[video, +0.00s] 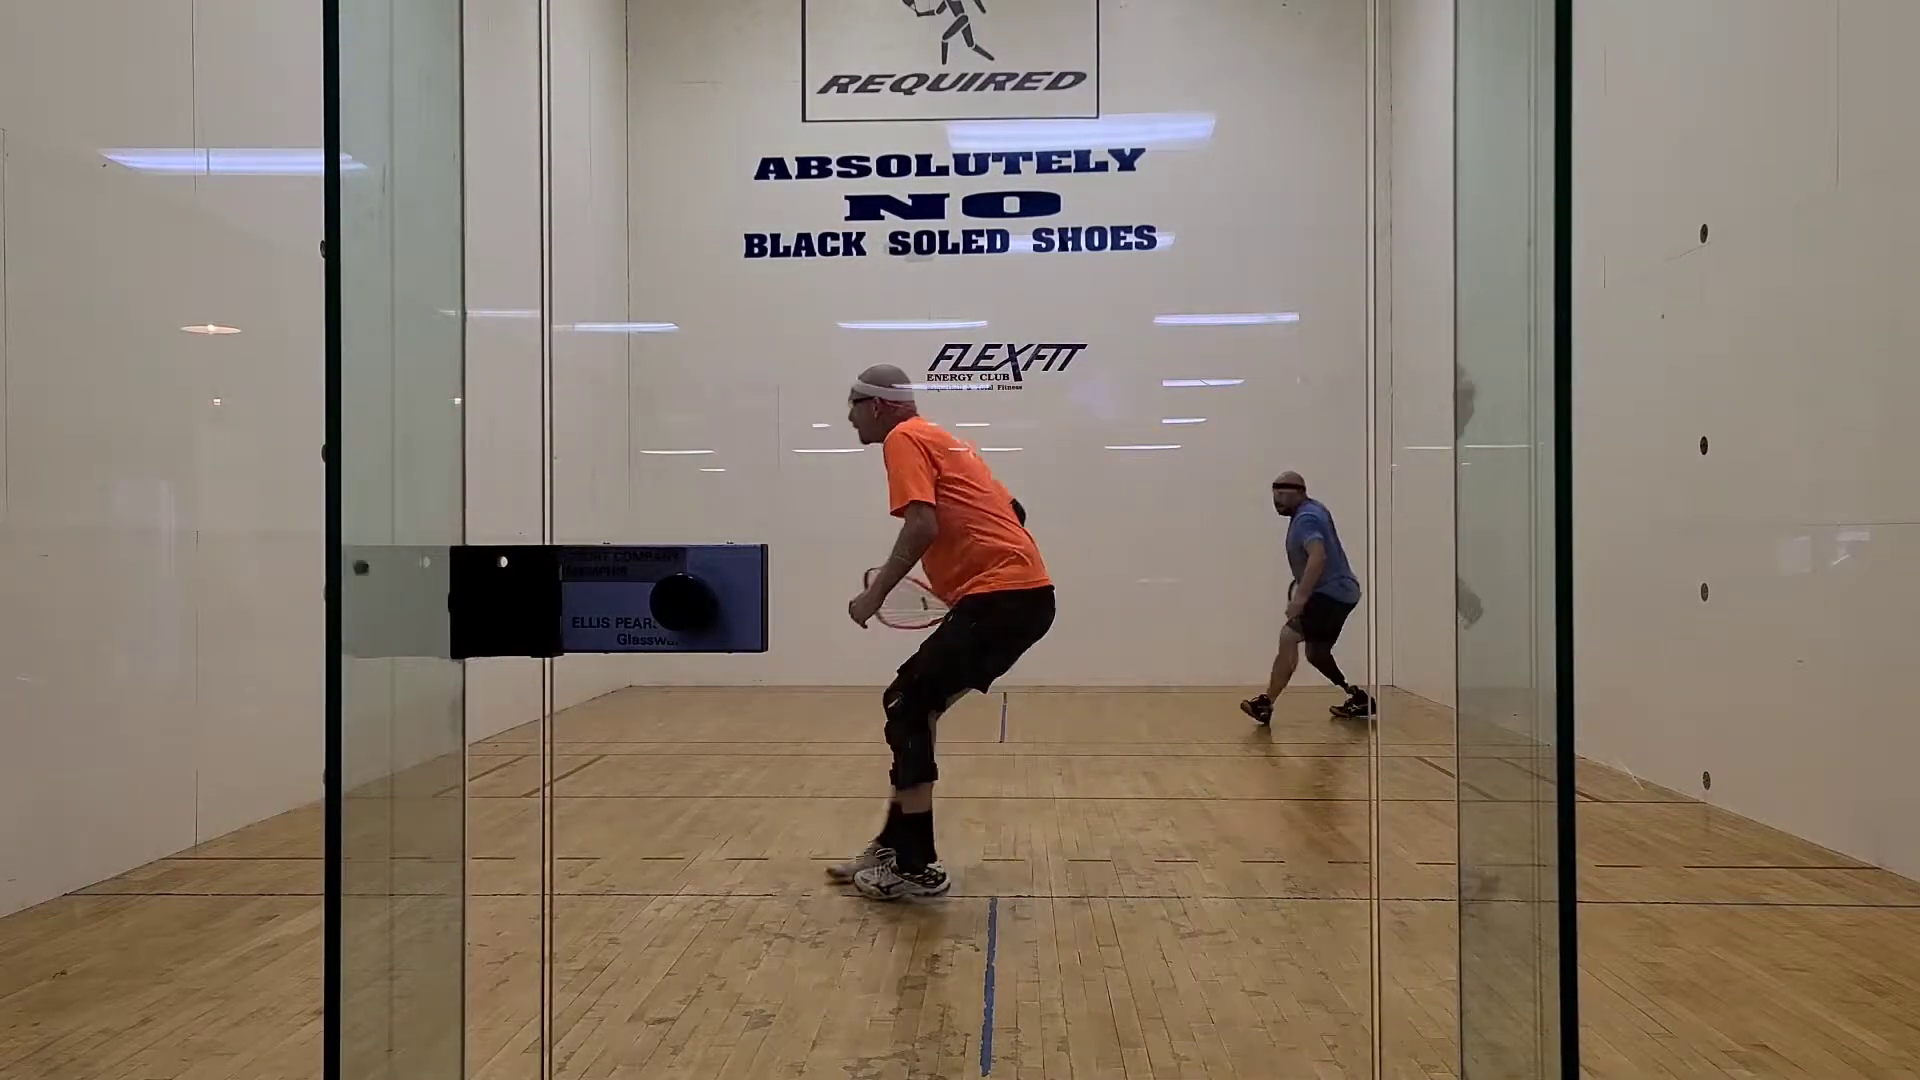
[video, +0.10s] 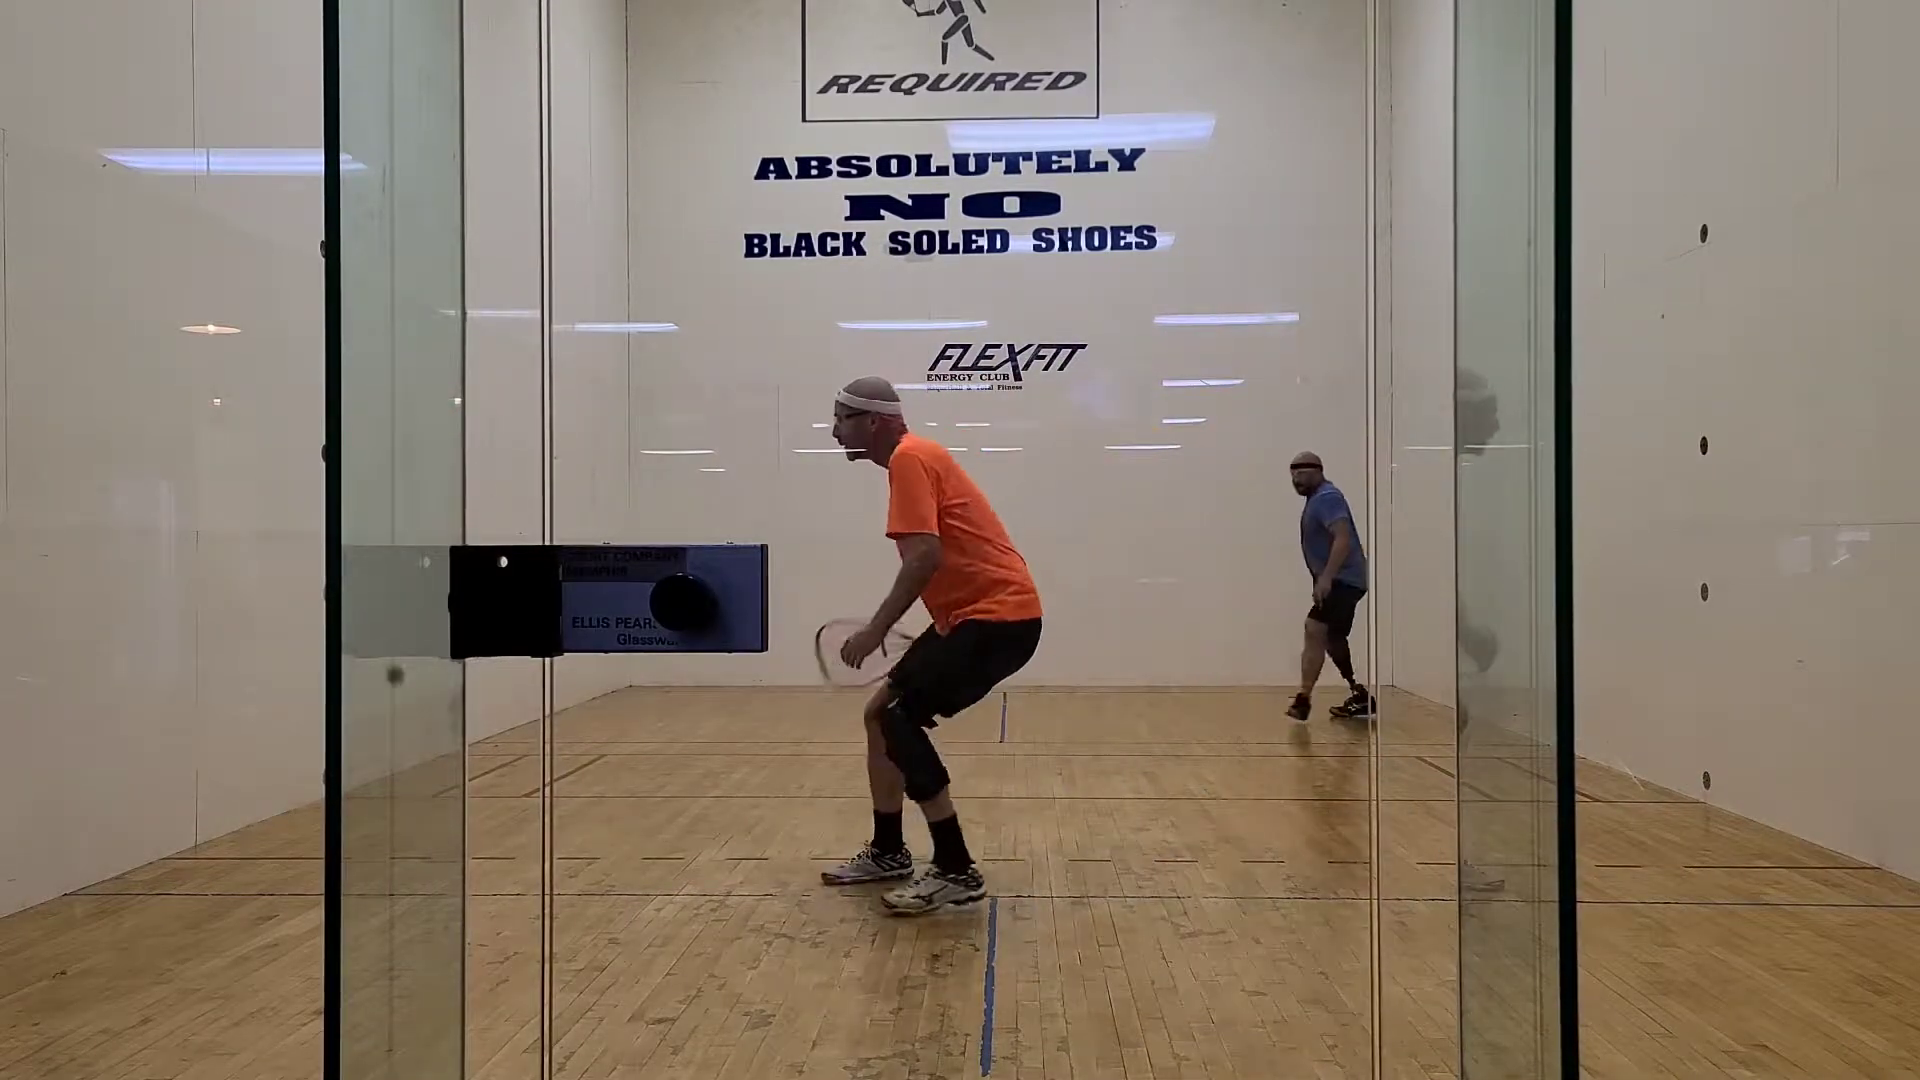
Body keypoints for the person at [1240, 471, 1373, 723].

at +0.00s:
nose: (1277, 499)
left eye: (1282, 493)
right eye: (1275, 494)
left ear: (1300, 493)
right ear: (1274, 494)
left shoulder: (1306, 518)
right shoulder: (1308, 512)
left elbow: (1317, 558)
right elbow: (1307, 558)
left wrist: (1299, 601)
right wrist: (1297, 586)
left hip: (1331, 593)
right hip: (1337, 592)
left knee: (1288, 636)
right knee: (1316, 654)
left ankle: (1266, 703)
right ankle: (1356, 697)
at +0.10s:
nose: (1297, 477)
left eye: (1303, 471)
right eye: (1294, 472)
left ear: (1318, 472)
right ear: (1293, 476)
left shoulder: (1328, 498)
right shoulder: (1316, 500)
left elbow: (1343, 538)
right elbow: (1329, 541)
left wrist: (1326, 577)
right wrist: (1321, 577)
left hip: (1344, 581)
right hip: (1337, 581)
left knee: (1314, 630)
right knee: (1334, 638)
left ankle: (1303, 700)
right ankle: (1359, 694)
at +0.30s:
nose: (1339, 471)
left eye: (1346, 467)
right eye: (1336, 466)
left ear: (1361, 472)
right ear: (1333, 471)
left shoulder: (1366, 499)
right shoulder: (1343, 503)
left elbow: (1383, 537)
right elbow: (1338, 548)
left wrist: (1373, 568)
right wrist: (1332, 582)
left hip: (1361, 582)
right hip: (1346, 583)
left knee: (1352, 643)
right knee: (1351, 646)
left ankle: (1402, 686)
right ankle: (1394, 687)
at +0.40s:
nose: (1352, 483)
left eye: (1359, 479)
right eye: (1350, 478)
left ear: (1371, 483)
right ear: (1345, 482)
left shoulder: (1379, 512)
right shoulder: (1353, 517)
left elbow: (1390, 550)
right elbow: (1344, 559)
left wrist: (1377, 581)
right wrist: (1321, 584)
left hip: (1379, 596)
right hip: (1360, 599)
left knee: (1375, 653)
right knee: (1365, 652)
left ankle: (1430, 700)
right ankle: (1403, 698)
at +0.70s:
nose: (1360, 464)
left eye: (1366, 459)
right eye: (1356, 459)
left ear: (1377, 460)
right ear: (1350, 461)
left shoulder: (1389, 486)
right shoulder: (1357, 494)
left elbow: (1401, 524)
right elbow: (1359, 534)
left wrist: (1359, 550)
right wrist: (1344, 556)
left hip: (1406, 571)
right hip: (1378, 573)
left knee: (1400, 632)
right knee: (1362, 633)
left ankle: (1443, 689)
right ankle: (1377, 694)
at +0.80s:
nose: (1358, 483)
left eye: (1363, 477)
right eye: (1353, 478)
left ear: (1375, 477)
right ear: (1348, 480)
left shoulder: (1392, 504)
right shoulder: (1356, 504)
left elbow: (1397, 555)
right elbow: (1355, 541)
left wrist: (1364, 578)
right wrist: (1342, 569)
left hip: (1413, 576)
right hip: (1384, 579)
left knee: (1406, 635)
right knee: (1363, 642)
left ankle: (1439, 705)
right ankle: (1367, 704)